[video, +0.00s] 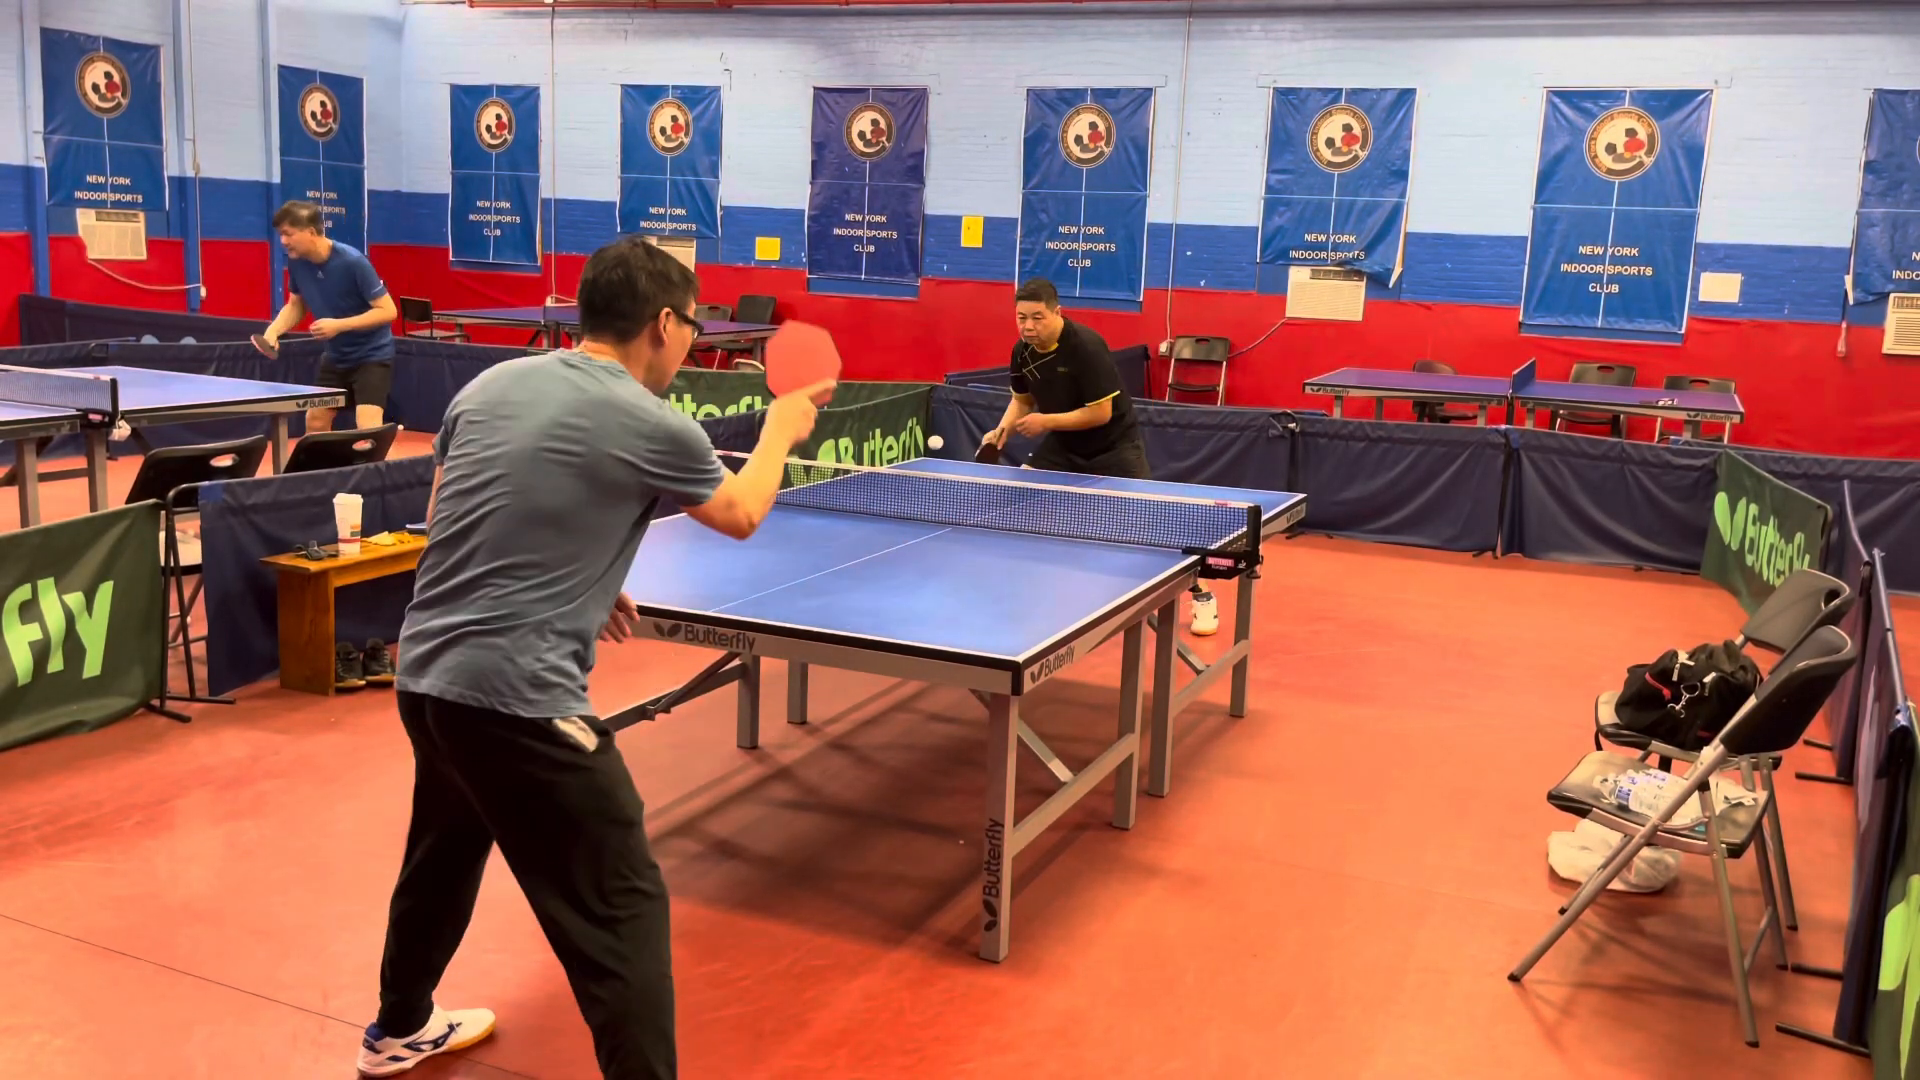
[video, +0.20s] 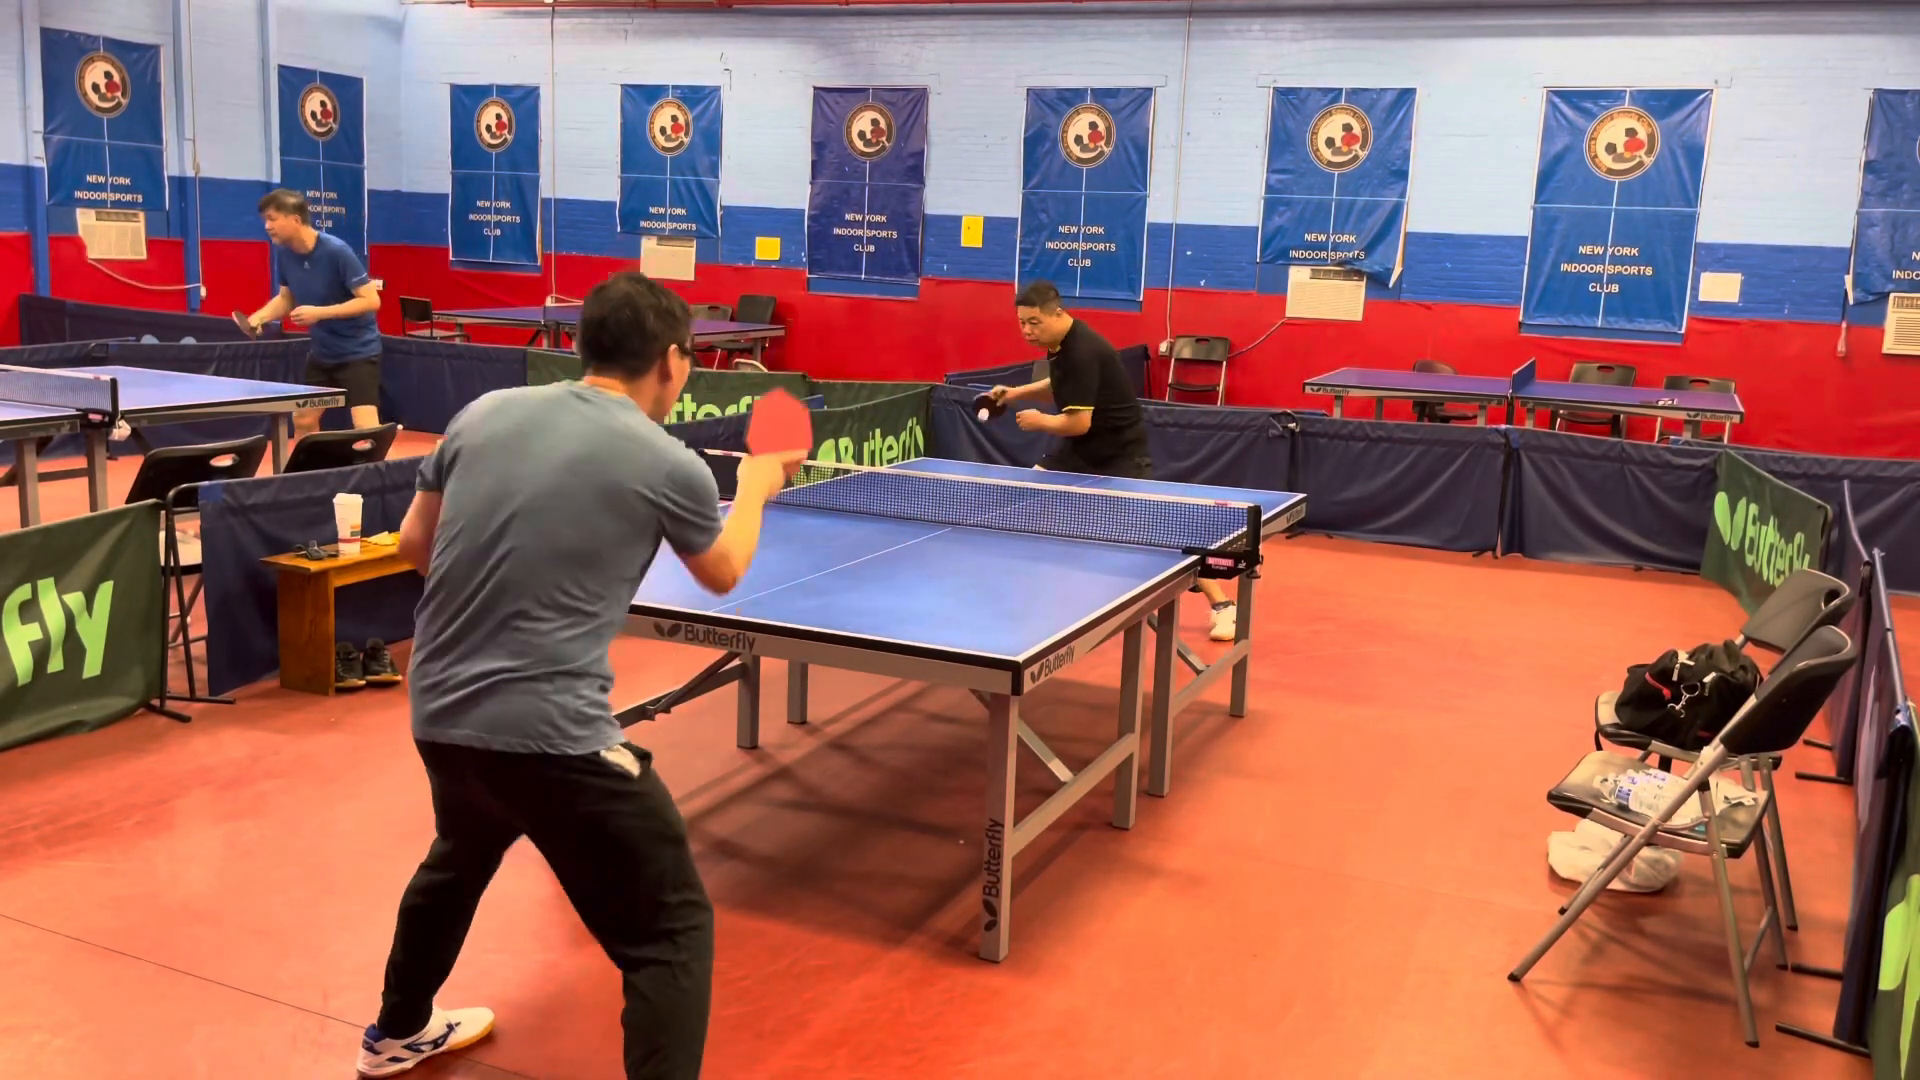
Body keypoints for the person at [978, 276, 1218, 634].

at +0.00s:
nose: (1028, 326)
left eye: (1036, 317)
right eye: (1021, 318)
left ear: (1057, 313)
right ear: (1016, 317)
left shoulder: (1087, 348)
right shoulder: (1023, 351)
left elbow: (1102, 412)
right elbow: (1022, 399)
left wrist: (1046, 421)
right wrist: (1002, 429)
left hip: (1114, 447)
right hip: (1062, 446)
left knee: (1150, 515)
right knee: (1010, 497)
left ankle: (1199, 593)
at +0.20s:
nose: (1026, 331)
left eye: (1032, 323)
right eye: (1022, 324)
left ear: (1058, 314)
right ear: (1024, 319)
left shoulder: (1082, 350)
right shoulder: (1061, 342)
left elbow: (1079, 423)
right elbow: (1061, 383)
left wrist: (1041, 421)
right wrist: (1016, 393)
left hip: (1121, 455)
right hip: (1079, 450)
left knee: (1152, 527)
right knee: (1023, 495)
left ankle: (1221, 602)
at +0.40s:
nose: (1069, 325)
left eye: (1075, 316)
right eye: (1064, 317)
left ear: (1100, 307)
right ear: (1062, 315)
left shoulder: (1142, 339)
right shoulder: (1073, 349)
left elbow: (1159, 406)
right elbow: (1050, 406)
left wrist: (1104, 420)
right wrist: (1048, 375)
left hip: (1152, 456)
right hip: (1096, 455)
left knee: (1192, 526)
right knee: (1041, 504)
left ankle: (1227, 606)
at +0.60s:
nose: (1116, 327)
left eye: (1124, 318)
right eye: (1110, 318)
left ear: (1145, 312)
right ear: (1102, 316)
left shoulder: (1176, 344)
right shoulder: (1095, 354)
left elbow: (1201, 400)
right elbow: (1083, 421)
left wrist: (1157, 427)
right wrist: (1094, 397)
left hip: (1167, 455)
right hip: (1106, 452)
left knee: (1200, 521)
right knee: (1060, 510)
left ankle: (1231, 606)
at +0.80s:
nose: (1102, 322)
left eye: (1111, 314)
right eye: (1096, 314)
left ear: (1132, 309)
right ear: (1090, 313)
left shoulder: (1164, 346)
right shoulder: (1086, 351)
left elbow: (1184, 405)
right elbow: (1075, 405)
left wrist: (1131, 425)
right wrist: (1064, 427)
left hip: (1162, 453)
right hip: (1105, 451)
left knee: (1193, 522)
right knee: (1056, 502)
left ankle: (1230, 605)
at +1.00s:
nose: (1069, 324)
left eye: (1076, 315)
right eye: (1063, 315)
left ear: (1100, 308)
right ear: (1059, 313)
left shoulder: (1121, 346)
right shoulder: (1092, 339)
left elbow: (1121, 420)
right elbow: (1096, 389)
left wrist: (1070, 418)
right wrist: (1062, 412)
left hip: (1149, 453)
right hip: (1111, 447)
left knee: (1178, 528)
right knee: (1063, 502)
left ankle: (1234, 605)